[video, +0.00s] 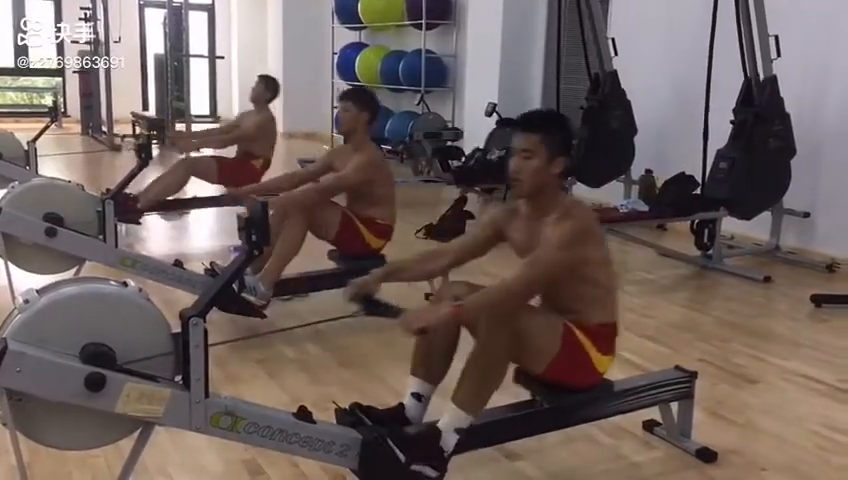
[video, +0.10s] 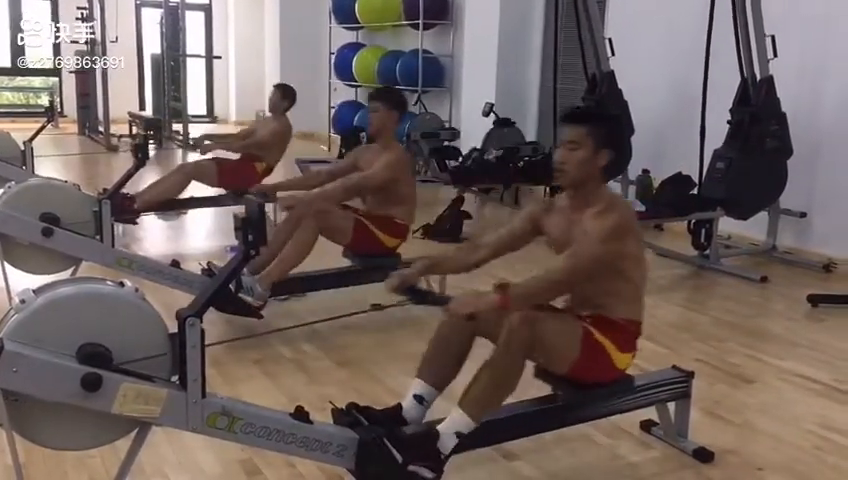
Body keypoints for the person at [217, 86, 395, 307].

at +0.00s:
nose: (338, 115)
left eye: (346, 111)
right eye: (339, 110)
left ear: (365, 117)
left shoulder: (369, 160)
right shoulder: (340, 153)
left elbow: (319, 192)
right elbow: (297, 178)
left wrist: (269, 204)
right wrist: (246, 191)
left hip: (370, 234)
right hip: (354, 225)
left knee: (302, 210)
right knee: (286, 204)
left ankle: (264, 285)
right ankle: (250, 273)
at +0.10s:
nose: (369, 117)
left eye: (376, 111)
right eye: (370, 111)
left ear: (395, 117)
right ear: (370, 114)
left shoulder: (395, 159)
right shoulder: (364, 152)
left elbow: (350, 188)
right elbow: (322, 176)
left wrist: (301, 202)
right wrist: (275, 187)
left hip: (388, 232)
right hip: (367, 221)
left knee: (314, 218)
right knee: (302, 208)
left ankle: (262, 287)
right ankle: (249, 272)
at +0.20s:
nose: (397, 123)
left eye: (405, 117)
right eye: (397, 116)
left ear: (423, 121)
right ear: (398, 118)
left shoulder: (423, 162)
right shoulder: (394, 155)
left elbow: (381, 188)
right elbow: (351, 174)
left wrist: (332, 197)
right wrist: (307, 183)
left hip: (399, 234)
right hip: (376, 222)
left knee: (325, 231)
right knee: (310, 223)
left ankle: (260, 288)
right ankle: (241, 272)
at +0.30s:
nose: (418, 134)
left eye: (425, 129)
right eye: (418, 129)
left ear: (446, 133)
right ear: (418, 131)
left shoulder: (447, 173)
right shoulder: (414, 162)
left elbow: (405, 194)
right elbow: (370, 179)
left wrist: (352, 197)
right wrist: (328, 182)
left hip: (405, 233)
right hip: (386, 220)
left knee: (330, 237)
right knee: (316, 232)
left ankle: (257, 287)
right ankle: (240, 269)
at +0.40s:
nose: (436, 146)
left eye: (442, 141)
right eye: (435, 141)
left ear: (460, 145)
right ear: (436, 142)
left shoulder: (462, 182)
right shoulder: (428, 170)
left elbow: (445, 214)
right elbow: (401, 190)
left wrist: (397, 207)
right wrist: (368, 191)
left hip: (406, 233)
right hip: (388, 218)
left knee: (334, 244)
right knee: (321, 236)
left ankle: (253, 289)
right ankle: (238, 270)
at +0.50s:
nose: (439, 153)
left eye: (446, 149)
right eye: (438, 148)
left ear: (464, 153)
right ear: (441, 150)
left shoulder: (467, 189)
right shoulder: (433, 177)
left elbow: (466, 235)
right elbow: (411, 212)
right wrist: (393, 198)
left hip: (405, 234)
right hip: (386, 220)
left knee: (331, 244)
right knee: (318, 235)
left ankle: (251, 287)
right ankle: (234, 269)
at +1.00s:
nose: (416, 136)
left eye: (422, 131)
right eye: (416, 130)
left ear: (440, 135)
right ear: (422, 133)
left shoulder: (445, 174)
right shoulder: (415, 165)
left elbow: (444, 222)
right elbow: (397, 198)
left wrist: (409, 210)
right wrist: (375, 204)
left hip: (400, 233)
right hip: (379, 222)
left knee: (325, 248)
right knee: (311, 239)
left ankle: (245, 290)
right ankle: (227, 274)